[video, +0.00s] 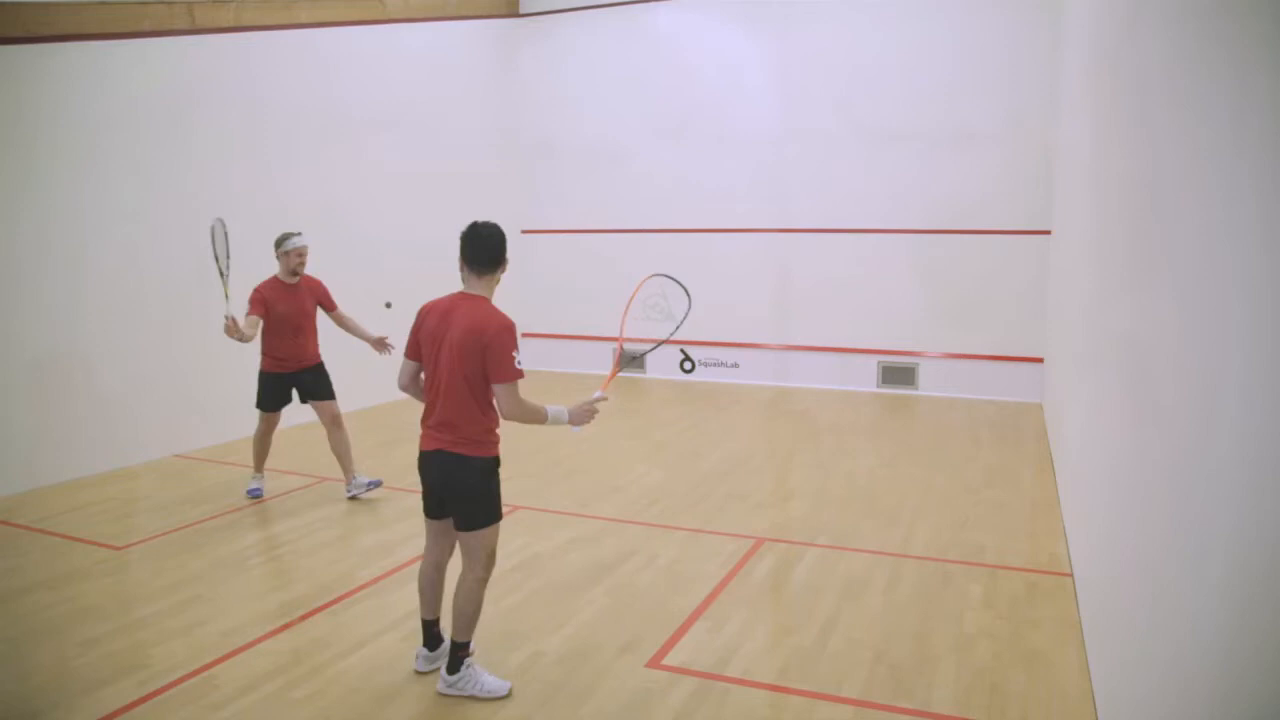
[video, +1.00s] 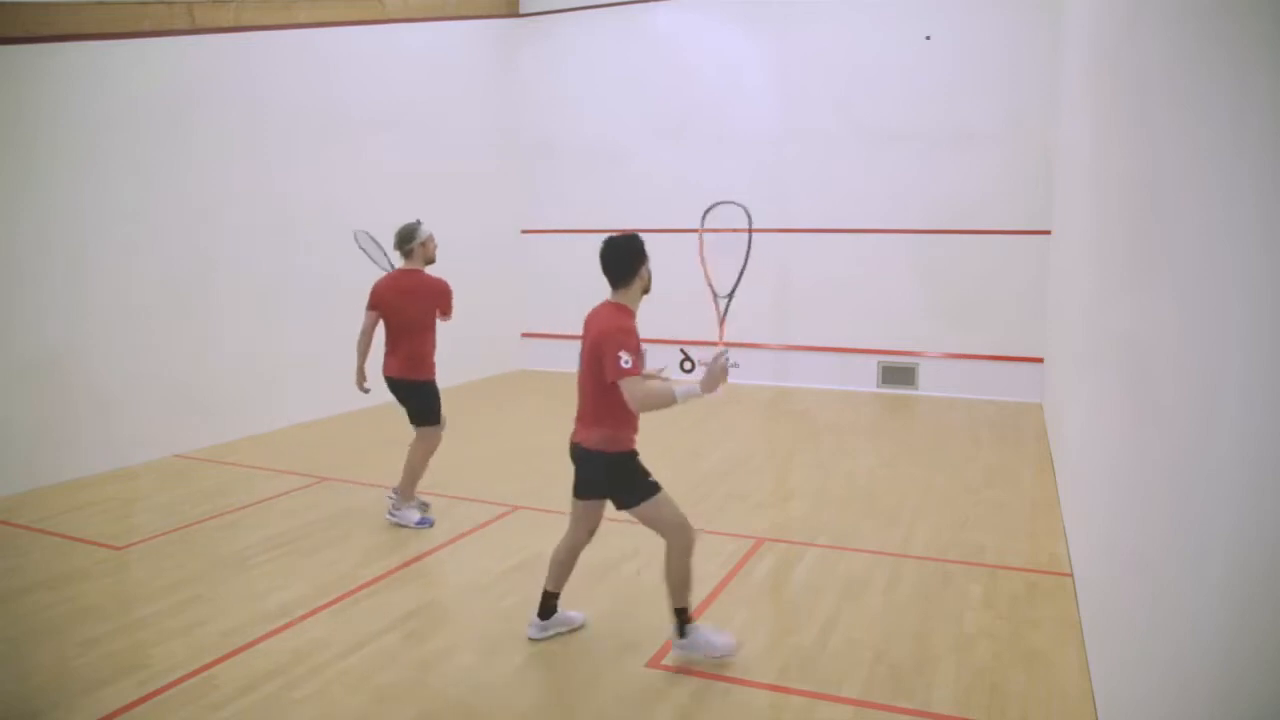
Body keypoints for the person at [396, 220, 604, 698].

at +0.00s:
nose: (502, 268)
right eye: (504, 261)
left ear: (461, 262)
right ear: (503, 266)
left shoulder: (431, 312)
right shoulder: (496, 325)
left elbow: (407, 381)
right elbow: (510, 407)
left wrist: (447, 401)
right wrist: (566, 414)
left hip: (432, 458)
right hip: (473, 464)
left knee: (436, 549)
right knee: (477, 566)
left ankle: (430, 646)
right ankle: (458, 668)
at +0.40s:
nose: (537, 271)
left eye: (534, 263)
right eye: (537, 264)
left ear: (491, 268)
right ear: (530, 269)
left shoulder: (463, 315)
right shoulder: (513, 331)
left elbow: (440, 380)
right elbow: (526, 414)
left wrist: (480, 412)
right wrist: (585, 437)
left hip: (460, 452)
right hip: (486, 462)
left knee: (502, 530)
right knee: (481, 567)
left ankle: (461, 628)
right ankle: (456, 671)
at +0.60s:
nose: (564, 273)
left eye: (559, 265)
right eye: (562, 266)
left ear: (520, 271)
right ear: (555, 272)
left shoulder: (493, 319)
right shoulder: (543, 332)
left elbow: (468, 384)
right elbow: (560, 413)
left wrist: (508, 418)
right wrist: (618, 432)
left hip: (493, 453)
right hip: (515, 463)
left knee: (532, 523)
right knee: (497, 564)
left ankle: (539, 614)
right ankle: (457, 668)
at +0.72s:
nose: (583, 275)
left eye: (579, 268)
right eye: (581, 268)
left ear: (541, 274)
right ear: (575, 274)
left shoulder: (519, 321)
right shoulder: (564, 333)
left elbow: (495, 385)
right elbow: (586, 411)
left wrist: (535, 417)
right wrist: (646, 421)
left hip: (520, 453)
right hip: (540, 464)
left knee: (559, 523)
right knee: (531, 571)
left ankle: (544, 616)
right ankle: (468, 657)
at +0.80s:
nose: (599, 272)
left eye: (595, 264)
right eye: (597, 265)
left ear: (556, 274)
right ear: (591, 272)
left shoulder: (537, 321)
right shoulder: (578, 332)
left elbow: (521, 383)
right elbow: (600, 405)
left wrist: (565, 400)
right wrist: (663, 409)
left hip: (537, 451)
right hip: (559, 460)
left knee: (563, 537)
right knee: (586, 564)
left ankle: (543, 613)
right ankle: (505, 631)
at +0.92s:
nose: (628, 268)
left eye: (625, 260)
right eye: (626, 261)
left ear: (587, 270)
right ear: (619, 268)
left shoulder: (572, 316)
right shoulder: (600, 326)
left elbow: (570, 385)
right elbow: (622, 398)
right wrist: (685, 394)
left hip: (565, 446)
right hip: (588, 453)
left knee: (574, 528)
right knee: (648, 538)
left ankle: (544, 615)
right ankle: (604, 627)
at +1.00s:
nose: (651, 272)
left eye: (647, 265)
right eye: (648, 266)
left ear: (611, 273)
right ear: (642, 272)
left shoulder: (600, 317)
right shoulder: (619, 326)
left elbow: (602, 378)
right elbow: (638, 397)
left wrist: (645, 376)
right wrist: (700, 387)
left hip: (587, 450)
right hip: (612, 456)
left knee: (579, 530)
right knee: (679, 531)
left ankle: (545, 615)